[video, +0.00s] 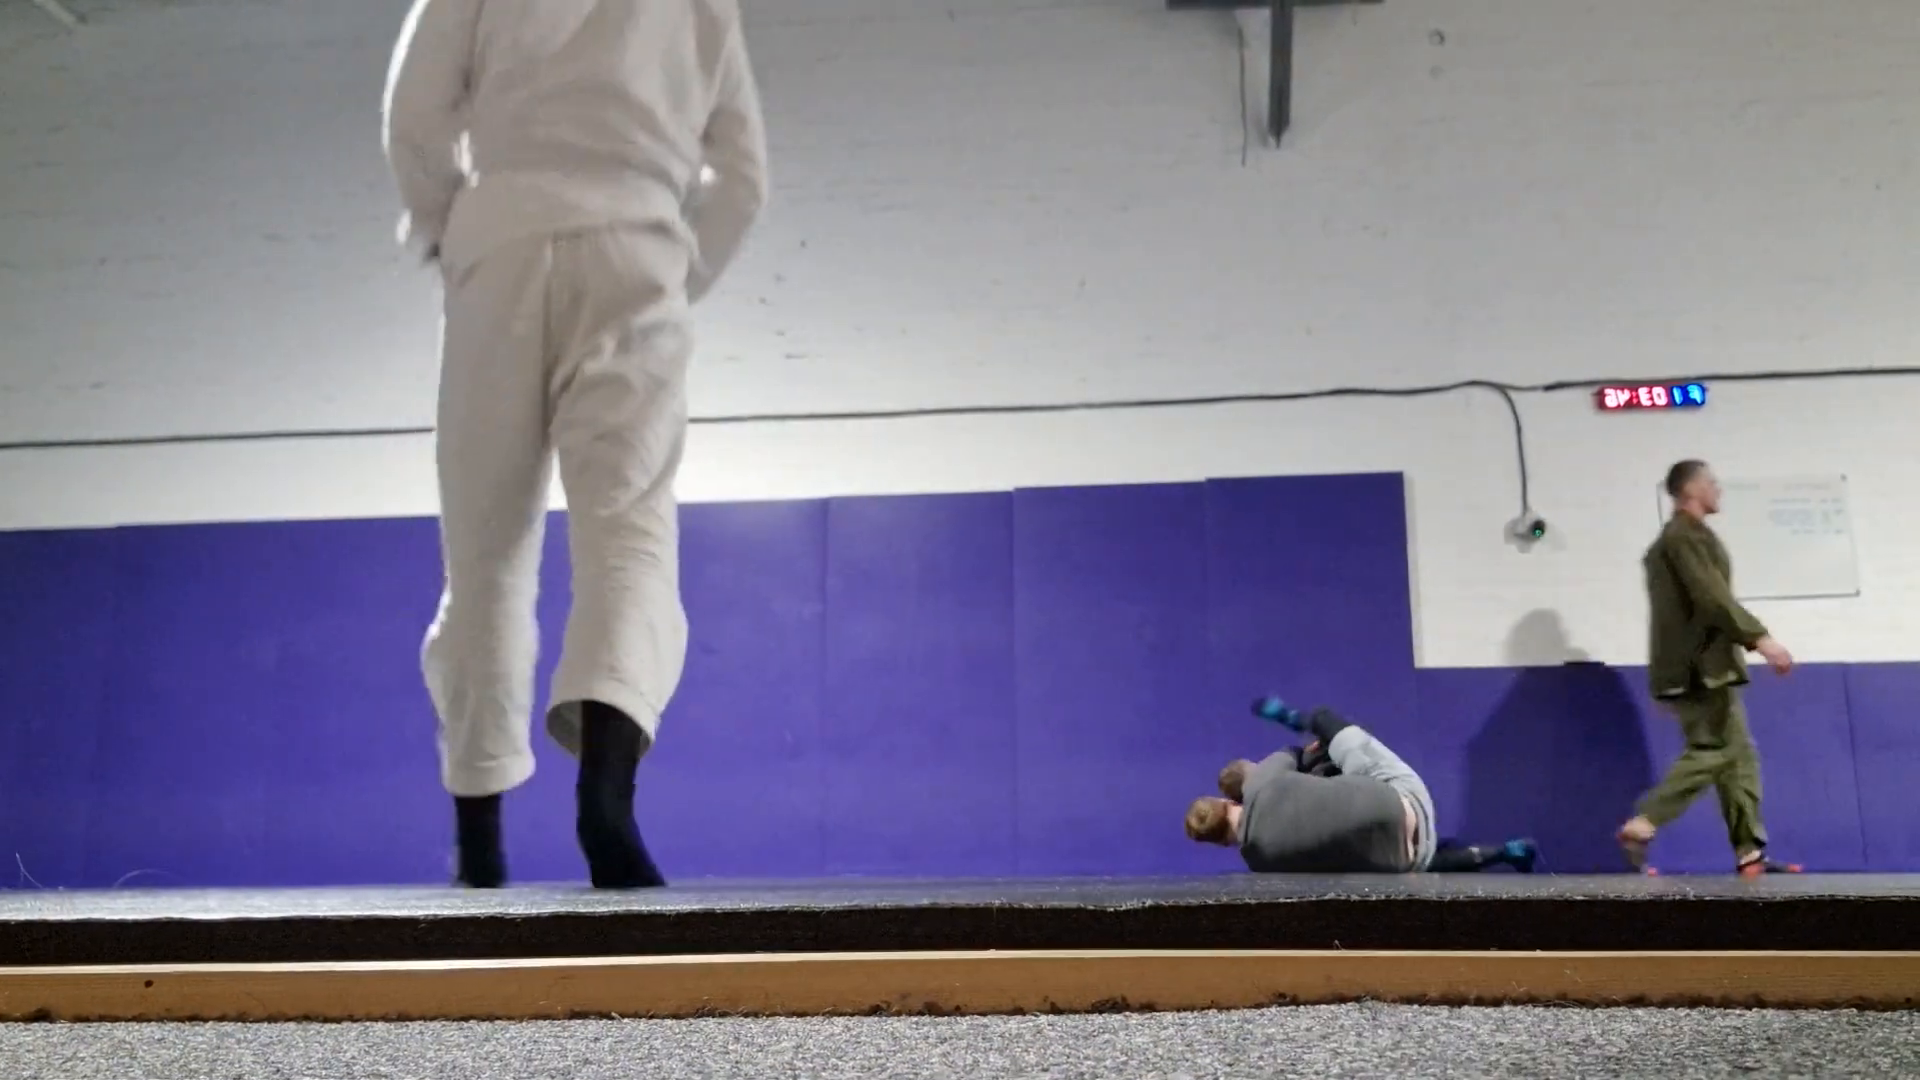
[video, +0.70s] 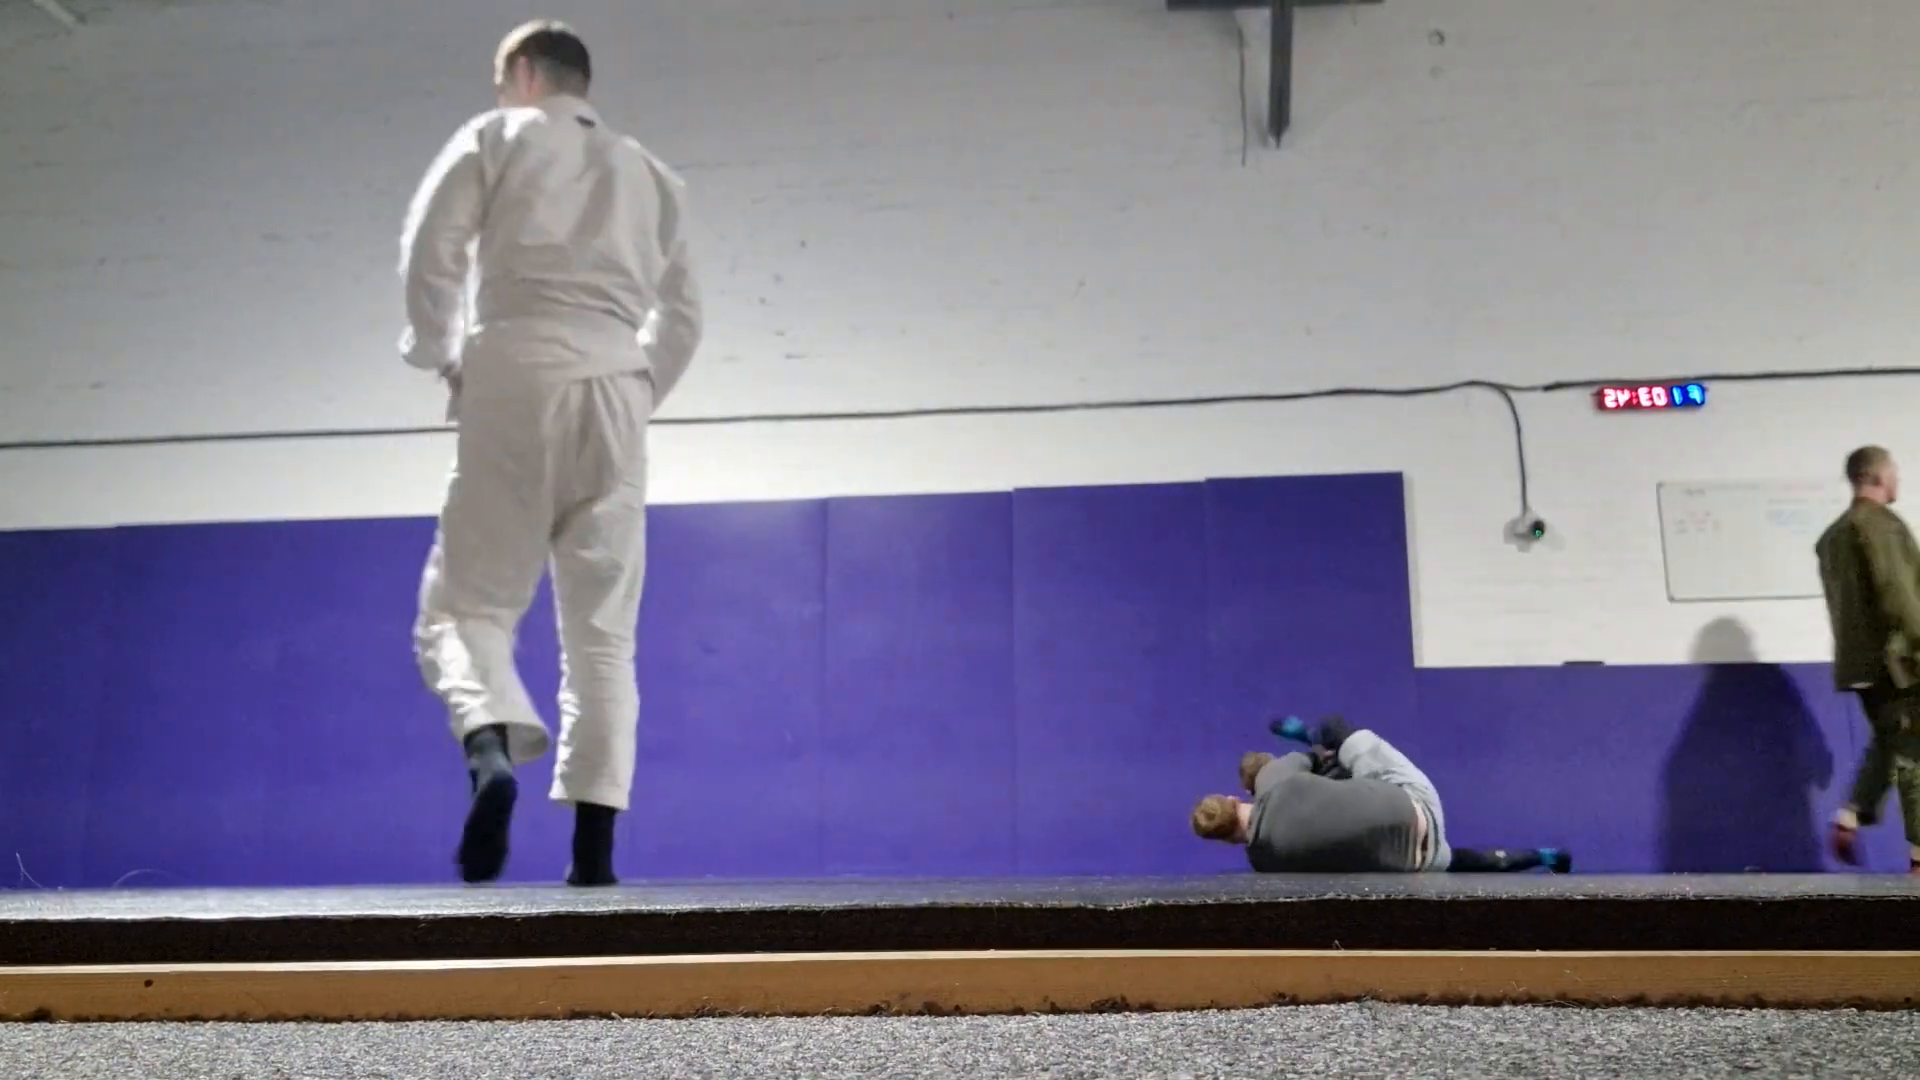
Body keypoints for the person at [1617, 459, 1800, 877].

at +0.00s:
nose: (1718, 489)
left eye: (1715, 482)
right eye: (1710, 482)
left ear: (1688, 492)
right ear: (1689, 490)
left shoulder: (1689, 537)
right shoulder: (1683, 539)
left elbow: (1698, 608)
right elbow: (1713, 601)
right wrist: (1763, 641)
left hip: (1706, 669)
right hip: (1693, 671)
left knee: (1737, 755)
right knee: (1712, 752)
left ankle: (1750, 855)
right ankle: (1641, 826)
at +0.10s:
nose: (1741, 487)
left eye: (1738, 479)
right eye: (1733, 480)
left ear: (1710, 490)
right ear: (1712, 487)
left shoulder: (1700, 535)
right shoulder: (1712, 535)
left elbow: (1714, 604)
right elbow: (1730, 599)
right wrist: (1759, 649)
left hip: (1711, 666)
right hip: (1728, 664)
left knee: (1745, 752)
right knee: (1768, 740)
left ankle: (1750, 854)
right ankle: (1701, 814)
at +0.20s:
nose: (1767, 484)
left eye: (1764, 477)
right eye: (1759, 477)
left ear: (1736, 486)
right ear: (1738, 484)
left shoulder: (1726, 531)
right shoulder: (1736, 531)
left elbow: (1731, 603)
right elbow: (1741, 599)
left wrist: (1747, 658)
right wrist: (1756, 654)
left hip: (1735, 667)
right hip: (1761, 664)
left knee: (1752, 756)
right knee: (1807, 742)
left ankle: (1751, 853)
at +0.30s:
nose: (1792, 484)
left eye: (1789, 476)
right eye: (1785, 477)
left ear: (1761, 486)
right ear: (1763, 484)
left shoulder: (1756, 530)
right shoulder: (1760, 530)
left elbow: (1757, 601)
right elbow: (1759, 598)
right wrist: (1762, 656)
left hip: (1762, 669)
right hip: (1792, 665)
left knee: (1763, 762)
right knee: (1833, 753)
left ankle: (1751, 855)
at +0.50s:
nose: (1847, 484)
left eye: (1843, 476)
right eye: (1840, 477)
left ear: (1812, 487)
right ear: (1822, 485)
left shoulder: (1803, 535)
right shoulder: (1818, 535)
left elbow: (1809, 606)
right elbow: (1815, 602)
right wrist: (1816, 659)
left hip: (1819, 674)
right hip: (1855, 670)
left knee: (1804, 760)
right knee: (1897, 762)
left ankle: (1761, 841)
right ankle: (1916, 849)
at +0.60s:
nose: (1873, 482)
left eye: (1870, 474)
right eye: (1867, 474)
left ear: (1834, 482)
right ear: (1848, 480)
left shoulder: (1815, 535)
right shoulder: (1850, 531)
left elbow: (1823, 607)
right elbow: (1856, 596)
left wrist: (1838, 660)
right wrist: (1868, 652)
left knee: (1850, 749)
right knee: (1908, 758)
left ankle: (1799, 819)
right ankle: (1917, 851)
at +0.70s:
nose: (1897, 481)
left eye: (1894, 473)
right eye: (1893, 473)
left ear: (1856, 479)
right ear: (1876, 477)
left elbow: (1840, 608)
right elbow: (1897, 594)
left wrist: (1857, 651)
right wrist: (1919, 638)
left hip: (1858, 665)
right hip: (1894, 662)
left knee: (1886, 741)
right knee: (1909, 752)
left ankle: (1852, 816)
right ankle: (1917, 848)